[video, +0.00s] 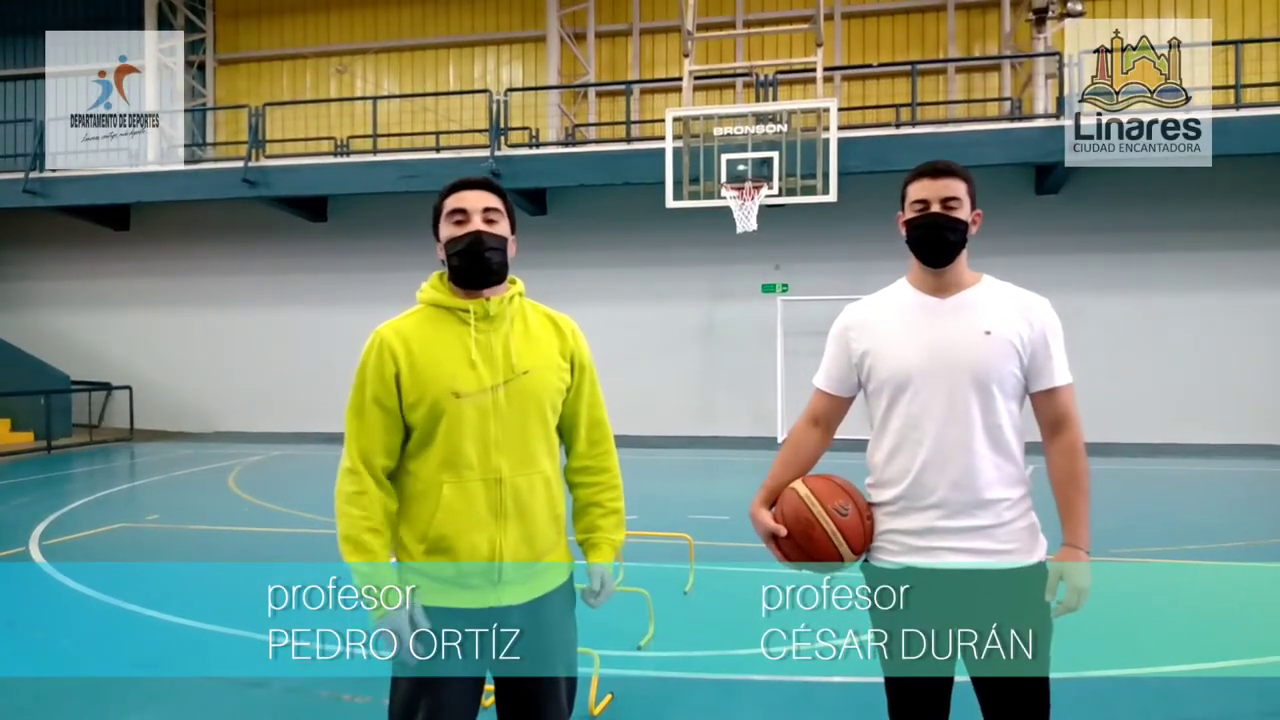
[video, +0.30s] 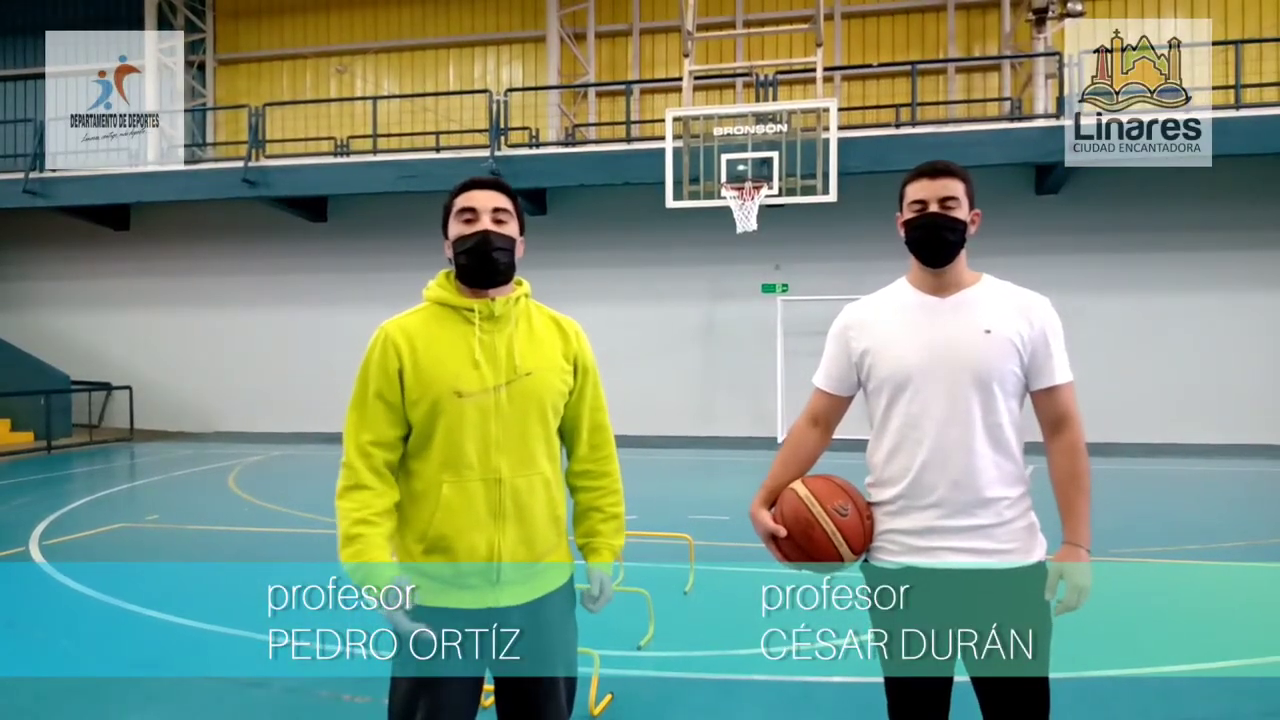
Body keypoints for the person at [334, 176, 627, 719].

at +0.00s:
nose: (477, 227)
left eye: (492, 217)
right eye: (459, 218)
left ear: (513, 241)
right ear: (440, 244)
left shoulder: (558, 336)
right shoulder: (396, 344)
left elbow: (593, 454)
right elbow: (363, 474)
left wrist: (601, 550)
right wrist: (380, 589)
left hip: (541, 592)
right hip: (436, 596)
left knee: (548, 712)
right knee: (430, 715)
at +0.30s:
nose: (484, 226)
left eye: (500, 217)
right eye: (467, 217)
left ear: (520, 244)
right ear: (447, 244)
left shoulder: (562, 337)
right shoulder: (401, 340)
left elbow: (594, 458)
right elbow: (367, 466)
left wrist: (601, 553)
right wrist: (375, 569)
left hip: (541, 591)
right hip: (436, 594)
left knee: (547, 712)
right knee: (429, 714)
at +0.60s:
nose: (493, 229)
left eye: (509, 220)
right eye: (476, 219)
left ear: (527, 243)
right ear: (454, 243)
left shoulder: (565, 340)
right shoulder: (406, 339)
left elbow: (594, 459)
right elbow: (374, 466)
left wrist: (600, 555)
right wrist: (369, 578)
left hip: (542, 591)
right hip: (439, 594)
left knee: (549, 712)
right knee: (431, 714)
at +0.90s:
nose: (495, 230)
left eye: (510, 221)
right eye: (478, 220)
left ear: (529, 243)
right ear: (456, 243)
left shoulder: (567, 341)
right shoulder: (407, 339)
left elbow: (595, 460)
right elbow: (368, 464)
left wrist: (599, 555)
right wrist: (390, 569)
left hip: (543, 594)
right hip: (438, 596)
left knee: (548, 713)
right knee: (432, 715)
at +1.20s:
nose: (488, 231)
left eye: (504, 221)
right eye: (471, 221)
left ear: (524, 245)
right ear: (451, 244)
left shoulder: (566, 340)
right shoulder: (405, 341)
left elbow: (597, 457)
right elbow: (371, 466)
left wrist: (604, 554)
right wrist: (363, 579)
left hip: (543, 591)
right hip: (438, 593)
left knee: (548, 712)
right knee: (431, 713)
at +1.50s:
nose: (478, 231)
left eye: (495, 221)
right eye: (460, 222)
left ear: (515, 244)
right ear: (441, 247)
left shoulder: (560, 336)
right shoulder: (397, 345)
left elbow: (594, 452)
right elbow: (363, 472)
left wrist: (604, 548)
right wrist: (364, 581)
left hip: (542, 591)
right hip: (438, 595)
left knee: (548, 712)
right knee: (430, 714)